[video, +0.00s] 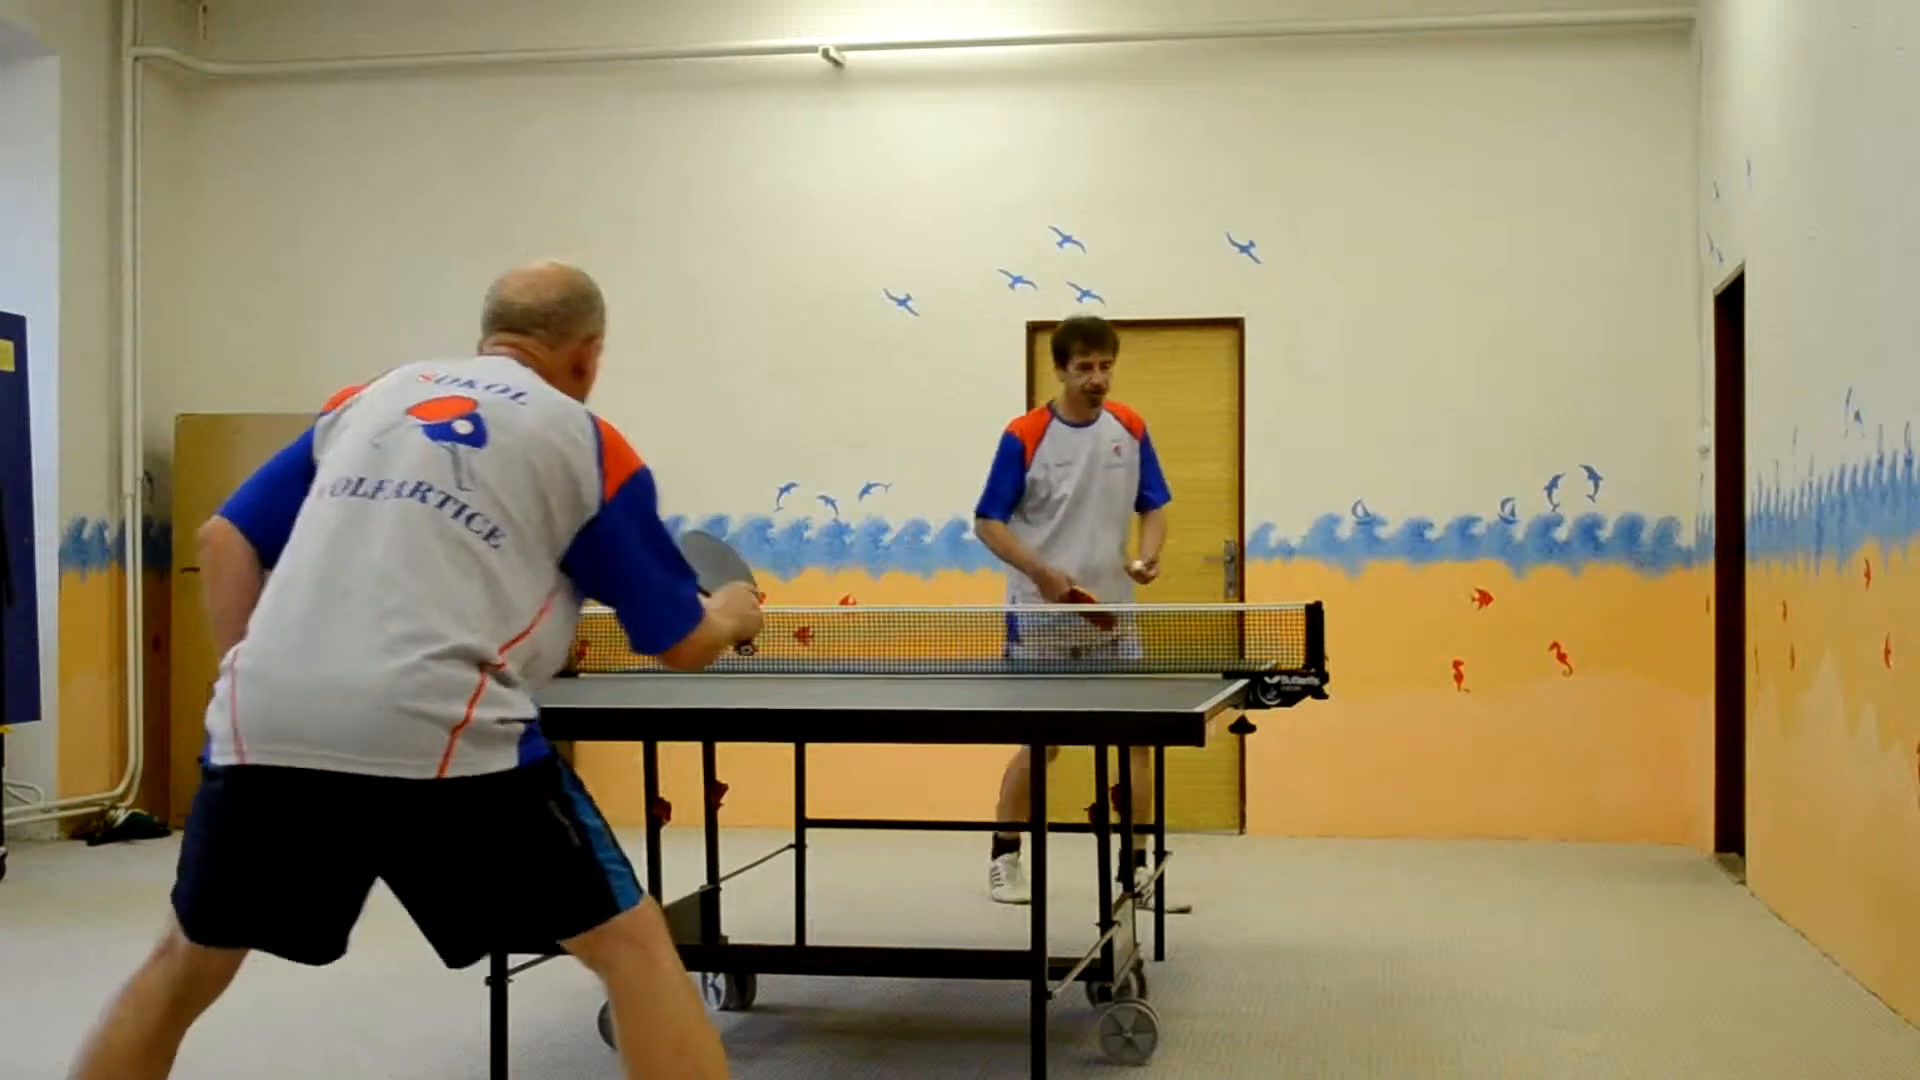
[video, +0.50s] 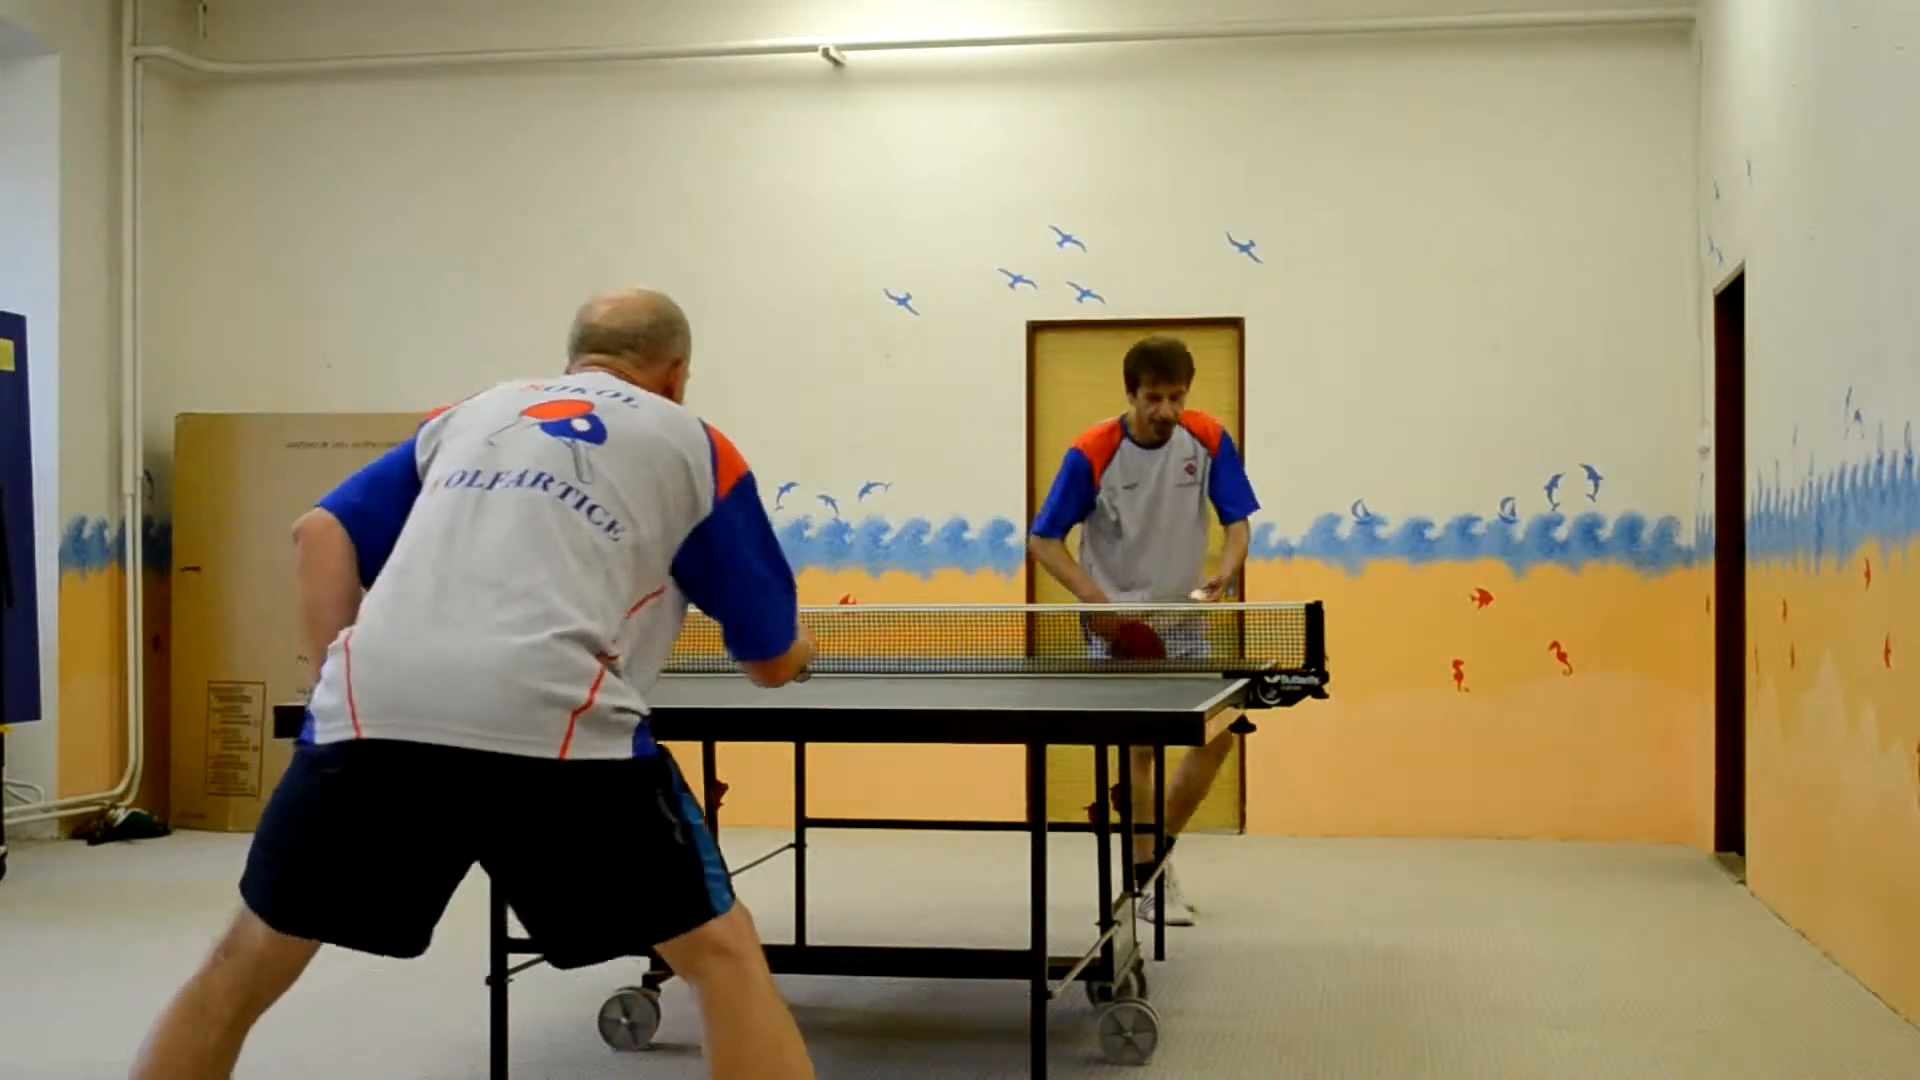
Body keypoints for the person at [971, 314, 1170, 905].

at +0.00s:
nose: (1096, 378)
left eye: (1104, 367)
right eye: (1085, 368)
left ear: (1114, 367)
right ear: (1060, 369)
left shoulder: (1129, 428)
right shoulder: (1024, 435)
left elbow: (1153, 505)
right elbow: (987, 522)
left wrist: (1147, 553)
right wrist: (1041, 573)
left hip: (1112, 616)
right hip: (1041, 616)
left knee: (1138, 737)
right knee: (1038, 741)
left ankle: (1132, 863)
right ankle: (1004, 858)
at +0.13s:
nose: (1123, 381)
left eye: (1131, 370)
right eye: (1111, 370)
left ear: (1142, 369)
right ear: (1086, 371)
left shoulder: (1158, 429)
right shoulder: (1049, 437)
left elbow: (1185, 507)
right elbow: (1008, 522)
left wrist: (1174, 555)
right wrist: (1061, 568)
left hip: (1139, 609)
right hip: (1070, 611)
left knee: (1150, 734)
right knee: (1078, 736)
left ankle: (1139, 867)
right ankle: (1039, 843)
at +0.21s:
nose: (1136, 383)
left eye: (1145, 372)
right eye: (1125, 373)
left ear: (1156, 370)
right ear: (1101, 372)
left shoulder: (1175, 429)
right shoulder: (1061, 437)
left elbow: (1202, 507)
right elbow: (1021, 523)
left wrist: (1188, 556)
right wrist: (1074, 573)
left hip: (1153, 612)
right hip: (1084, 614)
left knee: (1159, 739)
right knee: (1097, 737)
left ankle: (1139, 867)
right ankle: (1083, 864)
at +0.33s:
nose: (1152, 392)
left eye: (1161, 379)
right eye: (1140, 380)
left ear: (1172, 376)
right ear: (1115, 378)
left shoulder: (1192, 429)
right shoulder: (1076, 441)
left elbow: (1221, 506)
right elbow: (1033, 527)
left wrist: (1204, 559)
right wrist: (1082, 579)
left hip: (1171, 617)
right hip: (1100, 621)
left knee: (1173, 747)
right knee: (1128, 755)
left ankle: (1141, 873)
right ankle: (1136, 882)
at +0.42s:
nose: (1161, 401)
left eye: (1170, 388)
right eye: (1148, 389)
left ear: (1181, 384)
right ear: (1124, 385)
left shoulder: (1200, 433)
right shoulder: (1085, 447)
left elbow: (1232, 513)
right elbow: (1038, 536)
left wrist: (1212, 570)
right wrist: (1098, 597)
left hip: (1180, 618)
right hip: (1111, 624)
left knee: (1187, 748)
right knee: (1141, 753)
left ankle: (1148, 866)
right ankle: (1144, 884)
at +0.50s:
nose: (1166, 410)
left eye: (1176, 397)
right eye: (1154, 398)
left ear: (1187, 393)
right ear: (1130, 394)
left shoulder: (1206, 437)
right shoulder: (1092, 453)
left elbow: (1237, 520)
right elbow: (1043, 540)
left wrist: (1225, 574)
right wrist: (1101, 604)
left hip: (1184, 618)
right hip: (1117, 624)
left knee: (1216, 738)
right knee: (1142, 754)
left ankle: (1150, 856)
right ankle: (1148, 879)